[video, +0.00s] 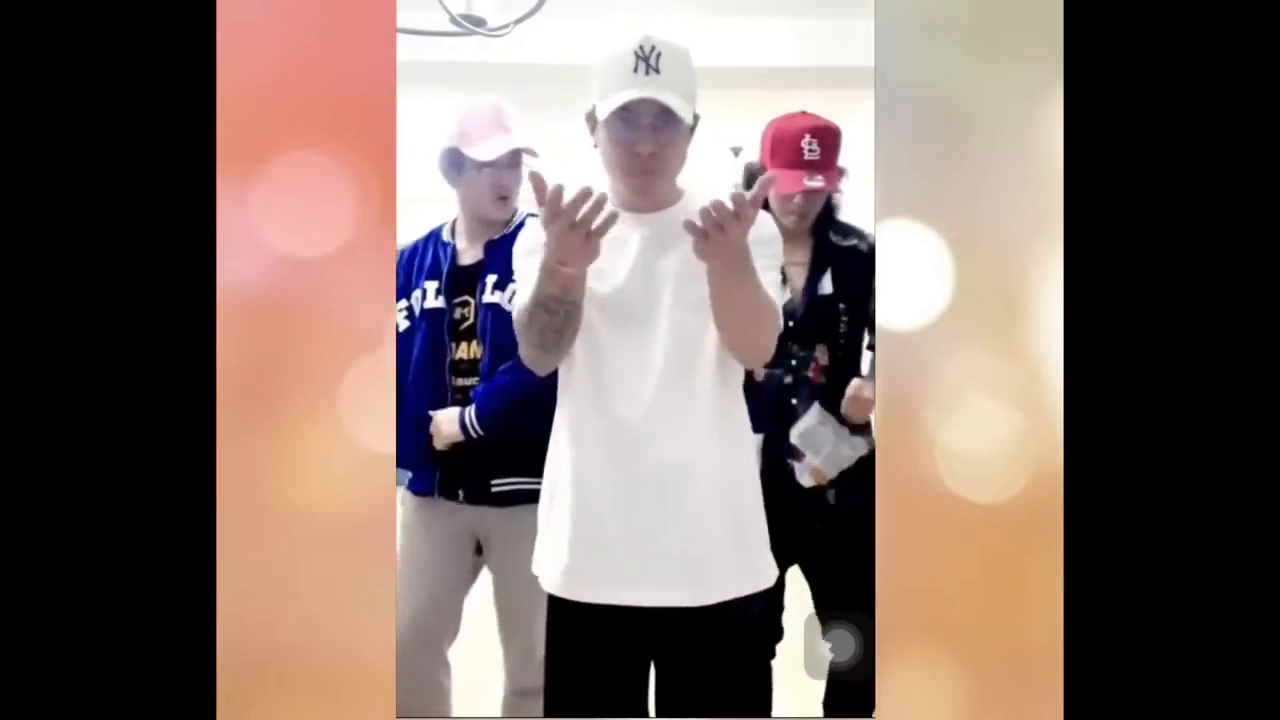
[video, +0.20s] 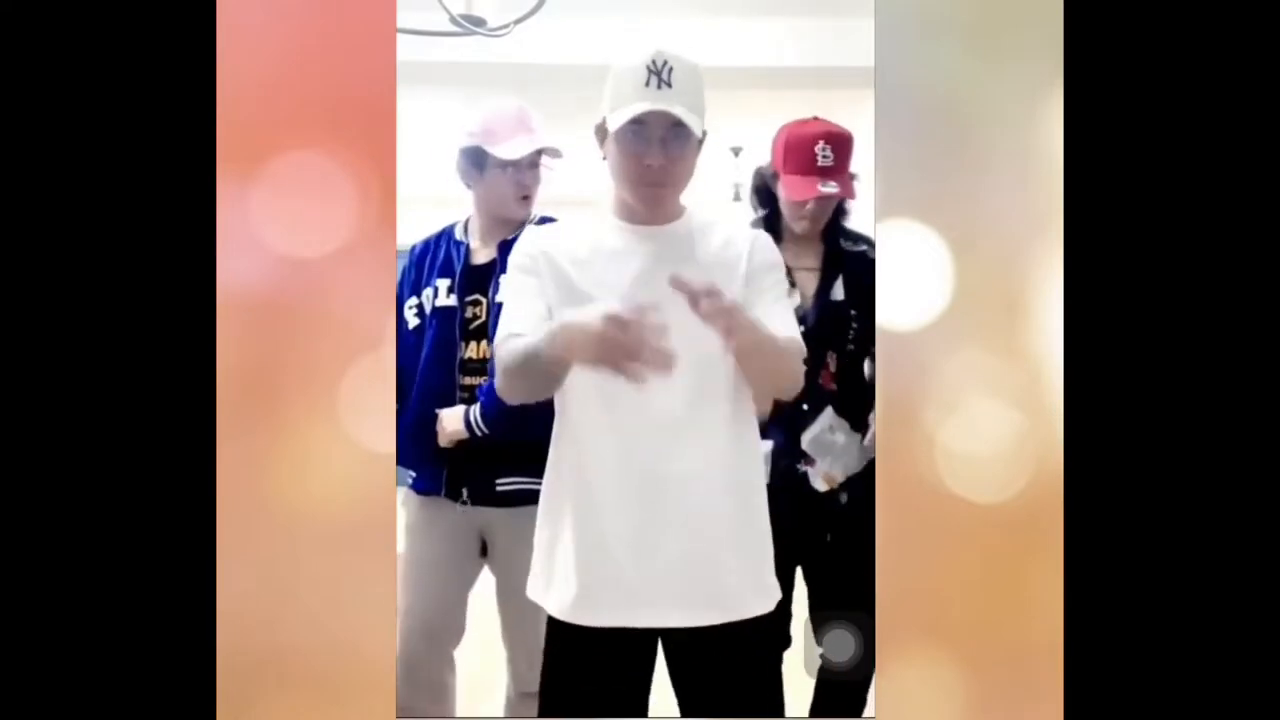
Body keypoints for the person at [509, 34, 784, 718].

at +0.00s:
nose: (644, 140)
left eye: (665, 121)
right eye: (626, 119)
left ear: (691, 133)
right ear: (594, 130)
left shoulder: (734, 234)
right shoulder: (558, 236)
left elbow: (757, 352)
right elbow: (540, 354)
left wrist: (727, 262)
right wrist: (563, 272)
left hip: (716, 559)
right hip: (592, 559)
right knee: (588, 719)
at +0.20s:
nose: (655, 154)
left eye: (675, 135)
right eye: (636, 133)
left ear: (700, 147)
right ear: (603, 140)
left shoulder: (745, 251)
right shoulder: (548, 251)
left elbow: (787, 381)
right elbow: (512, 385)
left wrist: (739, 329)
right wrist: (570, 342)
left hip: (722, 571)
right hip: (594, 573)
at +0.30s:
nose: (660, 168)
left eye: (680, 148)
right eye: (641, 147)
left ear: (704, 160)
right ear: (607, 156)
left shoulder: (748, 275)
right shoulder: (548, 264)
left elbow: (792, 396)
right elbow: (501, 393)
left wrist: (747, 422)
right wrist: (583, 429)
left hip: (728, 588)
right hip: (594, 589)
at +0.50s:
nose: (662, 159)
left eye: (681, 140)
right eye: (643, 139)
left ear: (709, 155)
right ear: (611, 152)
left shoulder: (754, 274)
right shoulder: (554, 258)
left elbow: (785, 402)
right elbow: (509, 378)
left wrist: (742, 439)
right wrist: (574, 437)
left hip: (722, 576)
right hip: (586, 572)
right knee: (565, 718)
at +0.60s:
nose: (659, 146)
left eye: (679, 128)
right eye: (640, 127)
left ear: (708, 145)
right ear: (611, 143)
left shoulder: (750, 257)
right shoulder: (563, 248)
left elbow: (778, 391)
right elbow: (519, 365)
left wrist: (748, 323)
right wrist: (560, 319)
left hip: (714, 557)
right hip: (584, 553)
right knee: (566, 719)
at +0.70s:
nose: (656, 141)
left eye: (675, 123)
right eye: (636, 122)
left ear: (706, 136)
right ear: (610, 135)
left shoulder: (740, 241)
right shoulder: (577, 232)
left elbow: (772, 347)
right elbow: (530, 330)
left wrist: (757, 226)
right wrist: (539, 223)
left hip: (713, 561)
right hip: (582, 558)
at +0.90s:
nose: (648, 145)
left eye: (669, 126)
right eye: (629, 126)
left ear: (701, 140)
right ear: (606, 139)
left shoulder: (757, 236)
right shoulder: (576, 235)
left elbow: (782, 352)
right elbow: (524, 346)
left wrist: (728, 238)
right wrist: (538, 265)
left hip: (712, 570)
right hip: (581, 564)